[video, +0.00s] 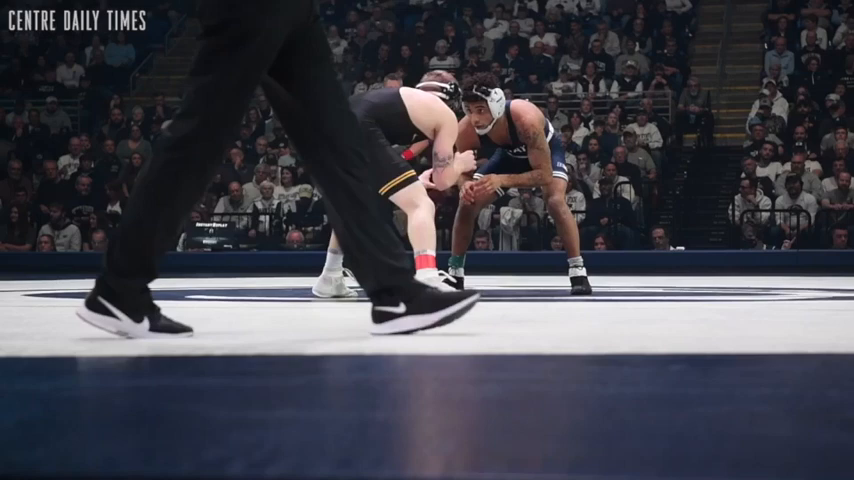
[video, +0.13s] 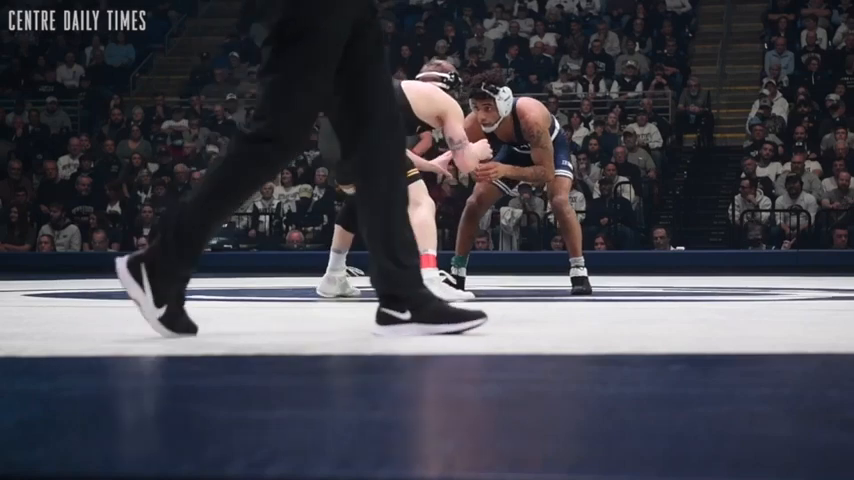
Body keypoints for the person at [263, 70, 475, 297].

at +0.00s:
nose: (471, 116)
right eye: (469, 111)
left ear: (428, 90)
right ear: (454, 103)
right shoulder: (446, 119)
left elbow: (390, 159)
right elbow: (441, 181)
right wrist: (459, 165)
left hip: (337, 126)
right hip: (362, 130)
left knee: (349, 202)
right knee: (420, 204)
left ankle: (330, 277)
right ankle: (427, 275)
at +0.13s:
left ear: (426, 79)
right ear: (451, 85)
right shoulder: (447, 104)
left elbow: (391, 146)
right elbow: (465, 163)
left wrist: (433, 165)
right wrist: (478, 150)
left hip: (337, 128)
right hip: (373, 137)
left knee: (356, 198)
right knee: (420, 203)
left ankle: (333, 276)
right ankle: (431, 279)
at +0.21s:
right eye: (455, 92)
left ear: (429, 76)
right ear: (450, 85)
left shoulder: (404, 88)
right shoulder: (443, 101)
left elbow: (415, 139)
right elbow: (475, 149)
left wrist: (450, 163)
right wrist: (488, 142)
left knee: (353, 199)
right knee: (422, 205)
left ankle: (331, 277)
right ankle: (431, 277)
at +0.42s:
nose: (479, 120)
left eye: (482, 111)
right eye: (475, 110)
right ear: (459, 105)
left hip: (333, 136)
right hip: (366, 138)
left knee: (355, 198)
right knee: (401, 207)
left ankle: (334, 279)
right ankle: (416, 284)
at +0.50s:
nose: (497, 137)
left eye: (502, 134)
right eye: (501, 131)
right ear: (495, 118)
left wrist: (480, 159)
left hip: (340, 135)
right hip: (378, 137)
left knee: (348, 200)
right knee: (405, 212)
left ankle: (333, 277)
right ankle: (423, 281)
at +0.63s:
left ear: (403, 92)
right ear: (437, 99)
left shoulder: (378, 99)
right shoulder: (443, 124)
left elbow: (333, 162)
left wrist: (370, 195)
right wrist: (395, 195)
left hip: (358, 142)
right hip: (399, 147)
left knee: (358, 197)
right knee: (412, 231)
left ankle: (335, 277)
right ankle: (430, 280)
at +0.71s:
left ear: (417, 93)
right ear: (448, 101)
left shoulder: (391, 104)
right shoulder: (453, 120)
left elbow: (336, 150)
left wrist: (366, 191)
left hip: (369, 142)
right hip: (410, 147)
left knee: (363, 204)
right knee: (424, 238)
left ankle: (336, 279)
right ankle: (437, 286)